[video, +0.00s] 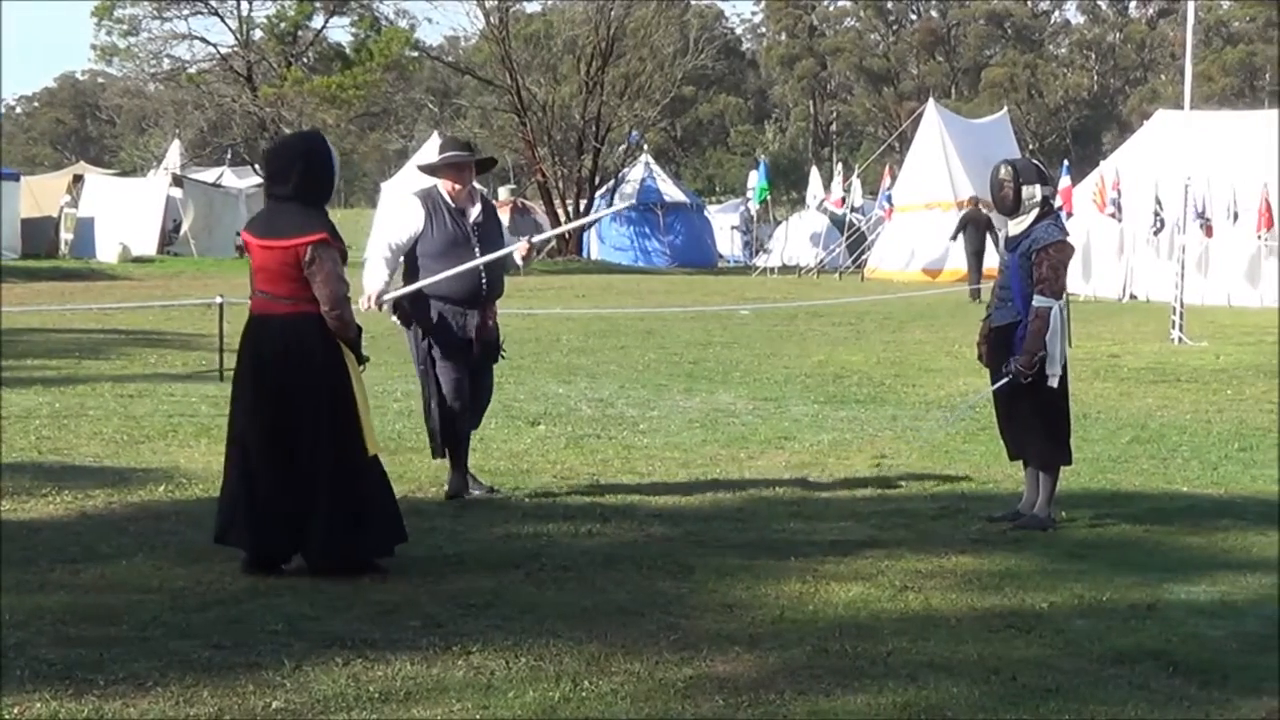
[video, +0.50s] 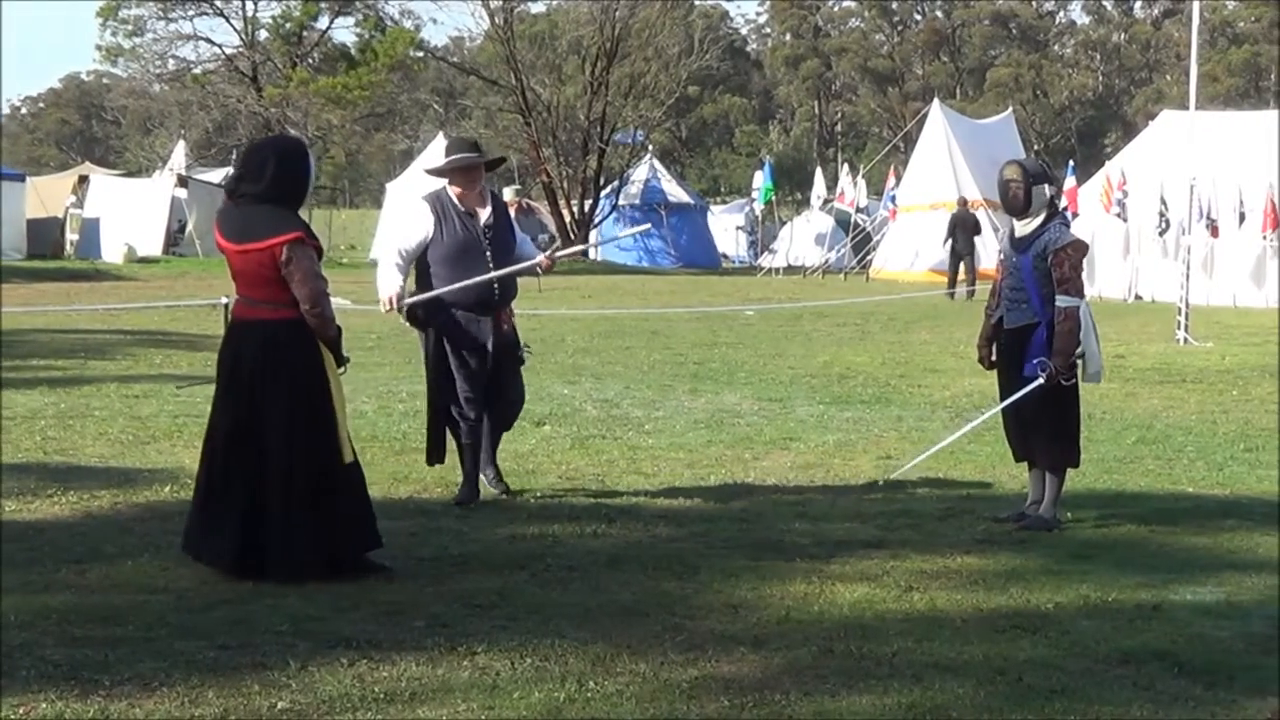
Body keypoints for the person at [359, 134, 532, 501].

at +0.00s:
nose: (457, 176)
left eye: (463, 168)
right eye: (450, 170)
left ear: (474, 170)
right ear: (437, 173)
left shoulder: (484, 204)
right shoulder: (418, 206)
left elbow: (496, 255)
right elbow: (386, 246)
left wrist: (517, 254)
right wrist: (375, 283)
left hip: (481, 313)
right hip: (438, 314)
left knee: (481, 393)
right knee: (454, 396)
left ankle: (457, 463)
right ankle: (460, 477)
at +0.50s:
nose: (469, 179)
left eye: (474, 171)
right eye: (459, 174)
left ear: (484, 170)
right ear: (446, 178)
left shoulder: (496, 203)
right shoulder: (431, 209)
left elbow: (513, 240)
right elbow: (396, 251)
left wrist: (537, 258)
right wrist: (391, 284)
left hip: (499, 316)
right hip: (455, 319)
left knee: (509, 396)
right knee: (466, 402)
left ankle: (487, 461)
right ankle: (469, 481)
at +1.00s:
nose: (490, 178)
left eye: (495, 171)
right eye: (481, 174)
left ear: (505, 171)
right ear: (469, 178)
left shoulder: (524, 211)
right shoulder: (451, 211)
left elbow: (543, 252)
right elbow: (415, 253)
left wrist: (565, 261)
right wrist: (414, 284)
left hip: (517, 322)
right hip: (467, 324)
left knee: (528, 404)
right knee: (472, 407)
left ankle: (551, 481)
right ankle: (473, 483)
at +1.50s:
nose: (538, 182)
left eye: (544, 174)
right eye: (530, 176)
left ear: (556, 174)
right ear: (517, 177)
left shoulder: (573, 214)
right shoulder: (495, 206)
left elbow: (603, 261)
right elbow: (459, 251)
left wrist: (589, 271)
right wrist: (429, 292)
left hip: (552, 325)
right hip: (499, 323)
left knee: (553, 408)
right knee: (490, 408)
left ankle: (556, 484)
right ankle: (475, 482)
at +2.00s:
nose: (537, 178)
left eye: (544, 170)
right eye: (529, 170)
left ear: (555, 173)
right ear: (515, 173)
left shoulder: (571, 215)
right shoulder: (493, 207)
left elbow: (592, 262)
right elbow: (456, 250)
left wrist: (560, 270)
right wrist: (415, 285)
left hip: (549, 327)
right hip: (497, 324)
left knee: (552, 407)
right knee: (499, 407)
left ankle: (557, 483)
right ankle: (497, 481)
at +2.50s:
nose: (500, 181)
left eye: (505, 173)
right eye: (491, 176)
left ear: (517, 173)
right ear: (479, 180)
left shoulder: (538, 212)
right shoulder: (459, 211)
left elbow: (564, 259)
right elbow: (426, 258)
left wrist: (540, 270)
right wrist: (392, 297)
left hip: (526, 328)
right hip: (473, 328)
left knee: (539, 409)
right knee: (489, 412)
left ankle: (555, 484)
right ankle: (497, 483)